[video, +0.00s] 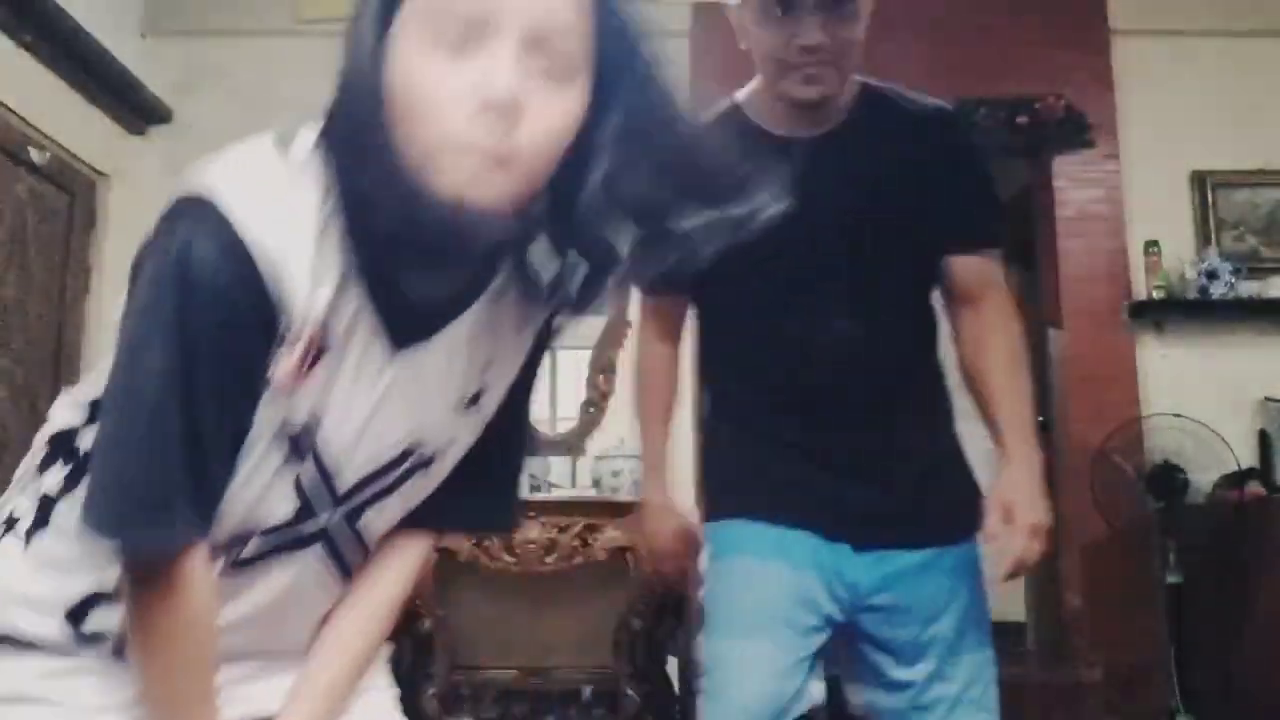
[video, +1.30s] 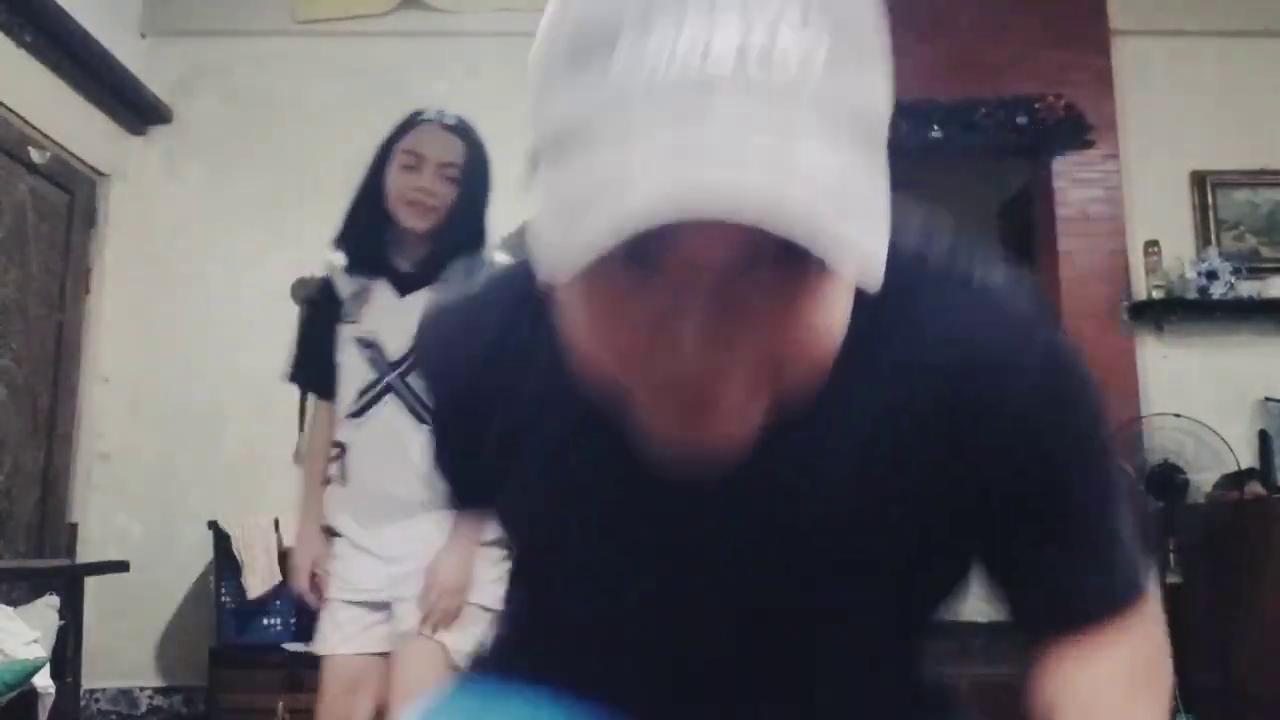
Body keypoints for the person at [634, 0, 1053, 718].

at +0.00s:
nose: (812, 36)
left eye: (836, 12)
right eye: (783, 13)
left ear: (868, 16)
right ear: (739, 22)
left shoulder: (929, 139)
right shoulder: (698, 159)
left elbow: (980, 297)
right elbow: (661, 324)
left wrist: (1021, 460)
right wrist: (656, 490)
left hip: (922, 518)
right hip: (762, 520)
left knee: (949, 708)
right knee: (743, 708)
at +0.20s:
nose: (803, 38)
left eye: (828, 9)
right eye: (771, 12)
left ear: (860, 9)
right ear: (724, 16)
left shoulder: (940, 102)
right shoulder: (693, 159)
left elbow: (1022, 257)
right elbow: (701, 321)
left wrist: (1055, 427)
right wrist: (766, 426)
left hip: (940, 480)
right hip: (787, 481)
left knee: (945, 707)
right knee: (801, 702)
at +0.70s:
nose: (778, 126)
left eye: (820, 84)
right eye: (745, 80)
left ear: (872, 72)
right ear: (691, 64)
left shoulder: (962, 156)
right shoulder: (641, 167)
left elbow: (1050, 340)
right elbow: (673, 329)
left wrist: (1050, 540)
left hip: (888, 487)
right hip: (720, 490)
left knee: (874, 706)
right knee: (733, 708)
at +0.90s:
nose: (780, 149)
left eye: (836, 97)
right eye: (742, 92)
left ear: (896, 81)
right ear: (679, 70)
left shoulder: (993, 175)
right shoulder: (611, 174)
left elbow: (1078, 397)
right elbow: (638, 356)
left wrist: (1073, 619)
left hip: (893, 569)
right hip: (683, 574)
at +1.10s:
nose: (753, 185)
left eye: (821, 117)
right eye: (701, 113)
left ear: (895, 101)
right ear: (627, 88)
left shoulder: (1005, 205)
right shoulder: (554, 201)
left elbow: (1096, 445)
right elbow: (600, 392)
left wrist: (1097, 664)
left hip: (886, 593)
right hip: (617, 568)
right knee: (472, 709)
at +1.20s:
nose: (727, 239)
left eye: (798, 162)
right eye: (674, 157)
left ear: (880, 149)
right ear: (596, 131)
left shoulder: (995, 245)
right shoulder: (525, 240)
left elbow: (1095, 497)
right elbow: (475, 425)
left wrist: (1102, 679)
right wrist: (416, 614)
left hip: (872, 624)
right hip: (583, 601)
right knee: (381, 710)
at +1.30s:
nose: (698, 340)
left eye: (769, 265)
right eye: (641, 264)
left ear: (852, 246)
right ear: (552, 244)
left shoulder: (988, 369)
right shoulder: (480, 347)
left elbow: (1105, 626)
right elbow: (459, 498)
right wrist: (423, 632)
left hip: (851, 691)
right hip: (561, 685)